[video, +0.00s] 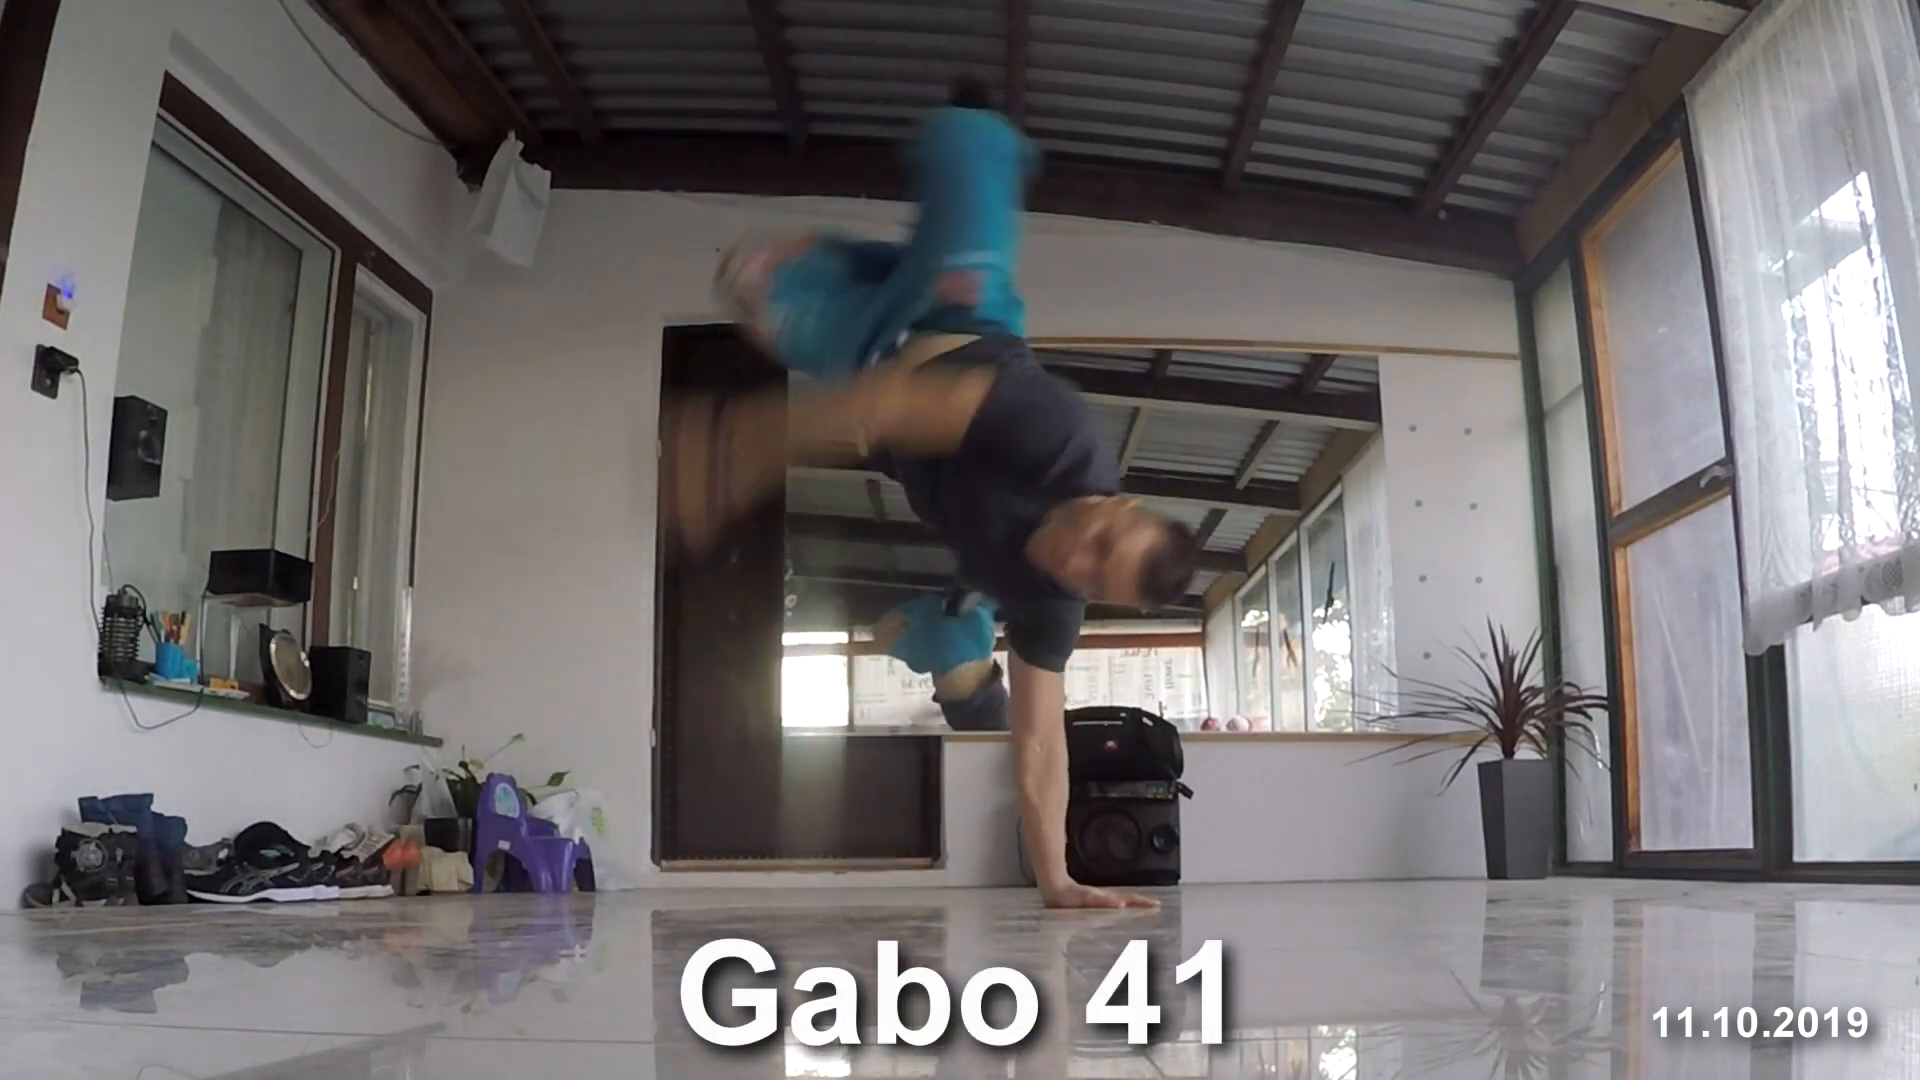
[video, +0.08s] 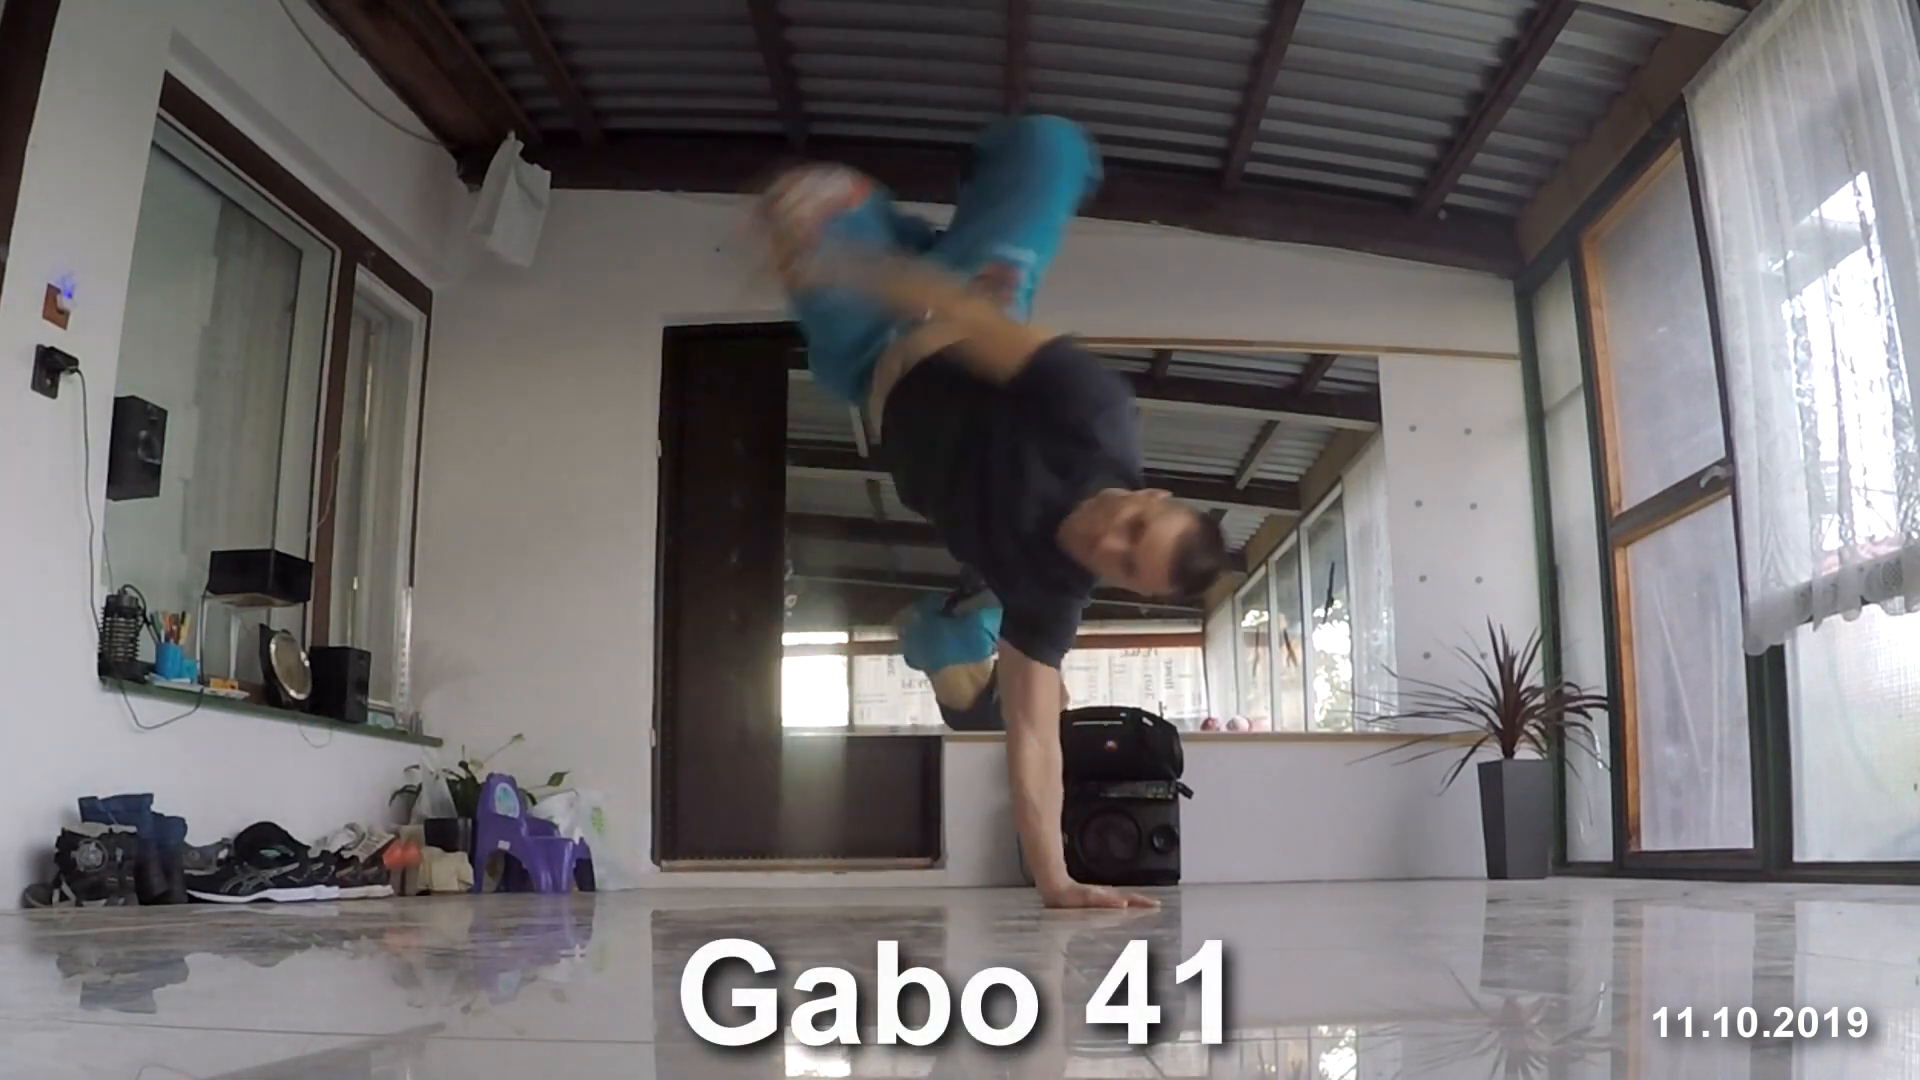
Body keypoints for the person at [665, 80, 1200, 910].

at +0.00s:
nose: (1077, 560)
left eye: (1094, 578)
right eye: (1100, 543)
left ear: (1103, 601)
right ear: (1118, 502)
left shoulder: (1046, 606)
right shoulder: (1051, 431)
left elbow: (1040, 739)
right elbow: (882, 403)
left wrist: (1054, 880)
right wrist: (727, 457)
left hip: (880, 387)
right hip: (955, 316)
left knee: (768, 299)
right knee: (971, 137)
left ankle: (829, 261)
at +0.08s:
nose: (1108, 544)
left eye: (1126, 567)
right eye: (1134, 529)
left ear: (1127, 590)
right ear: (1152, 495)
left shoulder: (1047, 597)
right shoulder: (1096, 413)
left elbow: (1035, 730)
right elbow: (959, 310)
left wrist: (1052, 879)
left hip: (879, 384)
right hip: (957, 331)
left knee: (824, 223)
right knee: (1053, 148)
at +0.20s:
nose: (1148, 531)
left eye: (1160, 560)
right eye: (1174, 521)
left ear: (1154, 589)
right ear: (1188, 495)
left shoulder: (1045, 592)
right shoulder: (1140, 423)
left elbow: (1030, 727)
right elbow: (1064, 273)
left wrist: (1054, 882)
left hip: (871, 325)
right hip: (974, 300)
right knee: (1108, 160)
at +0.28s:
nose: (1173, 537)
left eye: (1179, 565)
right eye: (1194, 532)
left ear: (1158, 592)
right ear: (1188, 511)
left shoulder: (1046, 586)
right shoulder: (1146, 430)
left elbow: (1032, 735)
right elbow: (1111, 279)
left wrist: (1054, 885)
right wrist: (1070, 130)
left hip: (888, 275)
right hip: (975, 280)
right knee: (1115, 174)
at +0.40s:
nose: (1181, 549)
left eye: (1183, 576)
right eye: (1201, 545)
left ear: (1156, 595)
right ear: (1189, 519)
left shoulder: (1050, 581)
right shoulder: (1143, 430)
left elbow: (1037, 742)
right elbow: (1136, 277)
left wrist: (1054, 886)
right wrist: (1141, 141)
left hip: (890, 267)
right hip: (959, 240)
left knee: (1046, 66)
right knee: (1083, 187)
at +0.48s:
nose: (1180, 544)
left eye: (1185, 573)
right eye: (1197, 539)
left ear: (1155, 599)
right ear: (1184, 515)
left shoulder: (1053, 574)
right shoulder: (1136, 427)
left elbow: (1044, 736)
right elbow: (1159, 280)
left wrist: (1052, 880)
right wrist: (1194, 159)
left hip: (912, 253)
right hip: (975, 233)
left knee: (1059, 76)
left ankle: (850, 197)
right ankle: (848, 197)